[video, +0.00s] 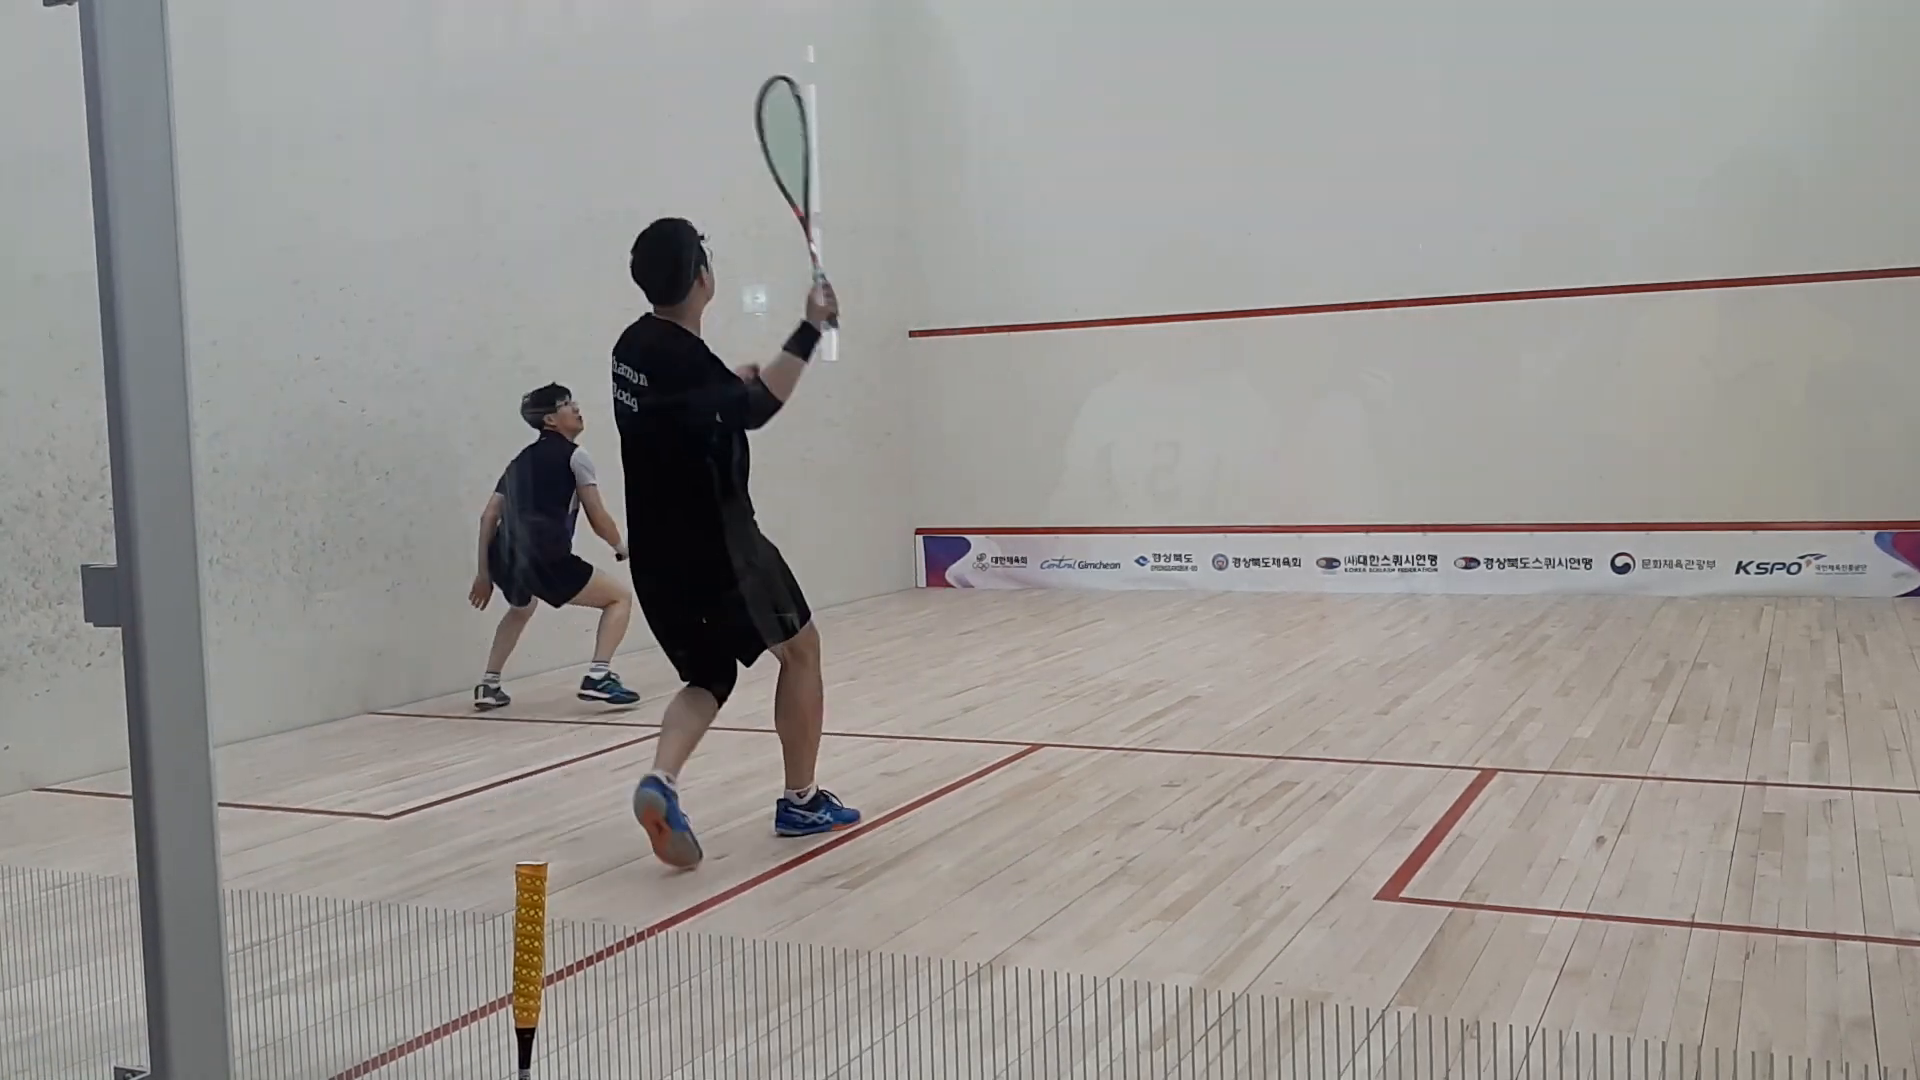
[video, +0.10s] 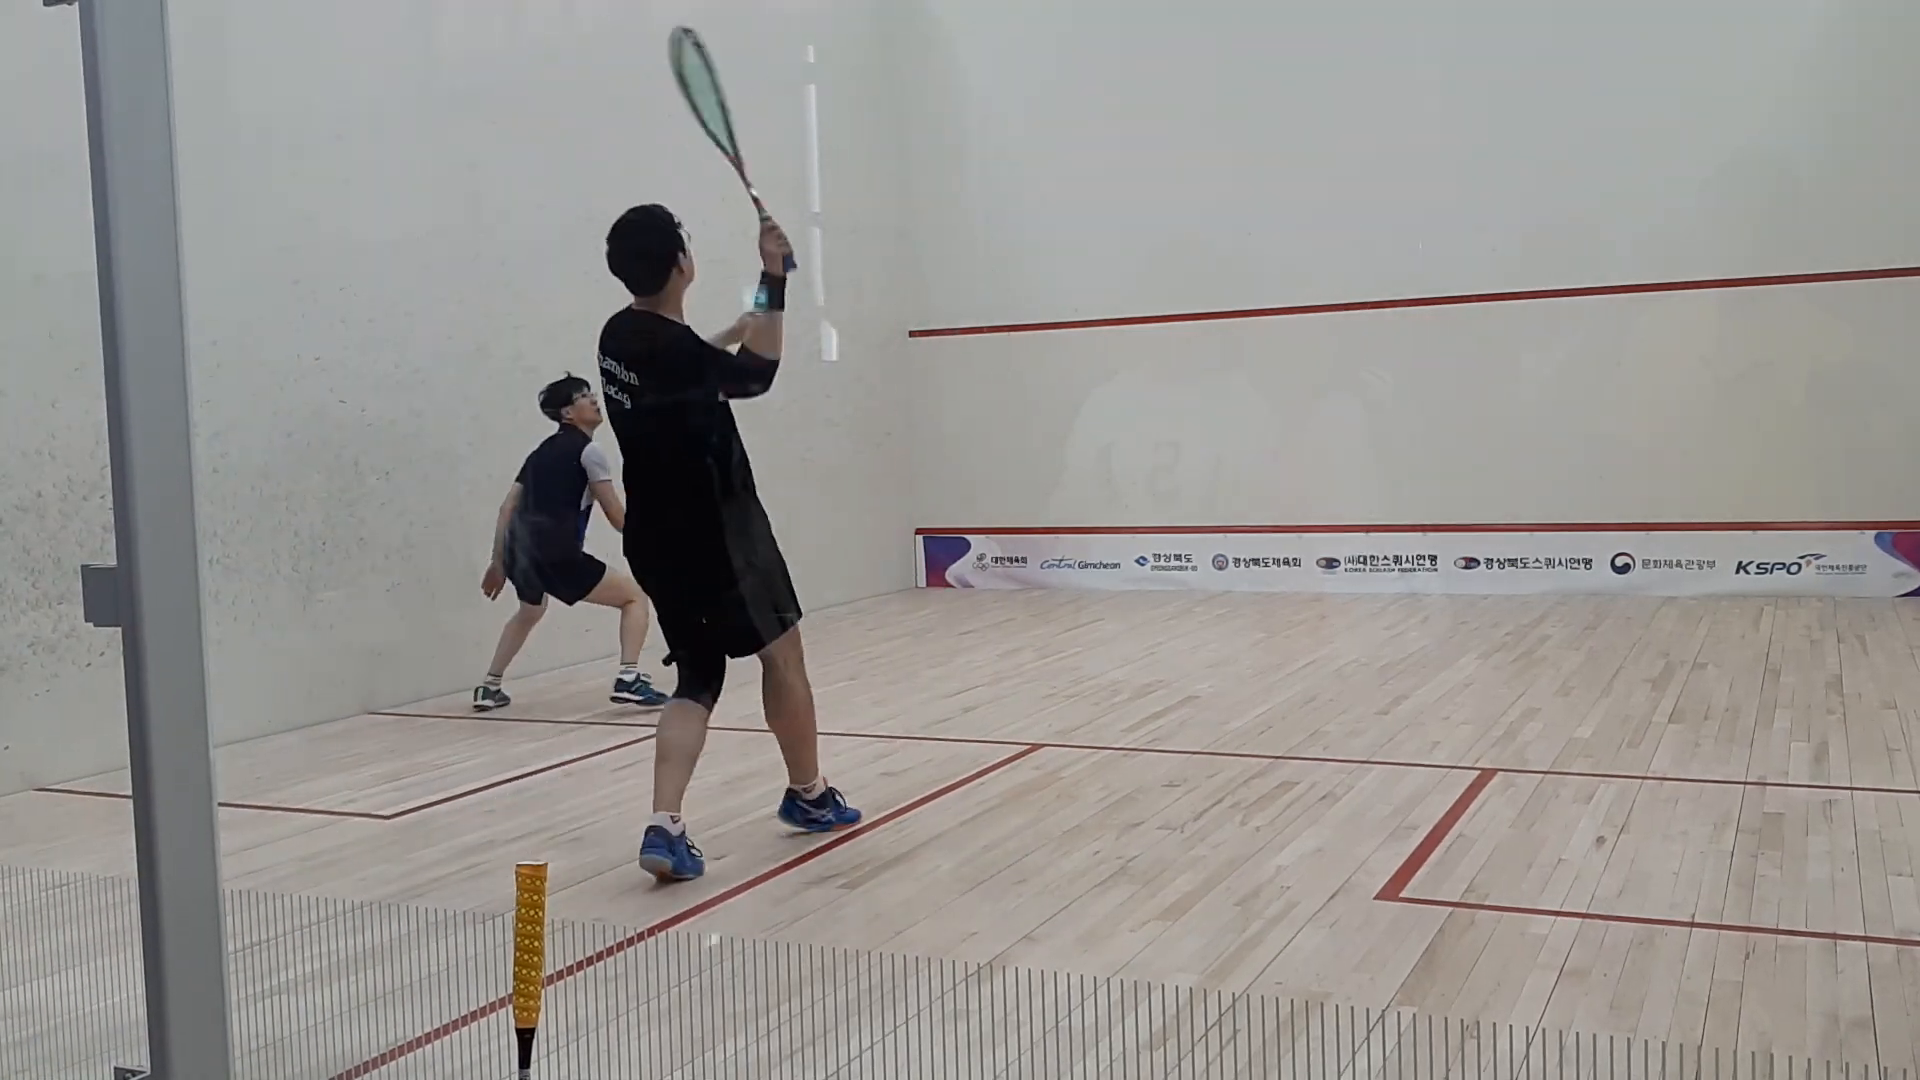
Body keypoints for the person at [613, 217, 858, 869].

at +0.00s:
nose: (711, 273)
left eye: (705, 262)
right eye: (707, 264)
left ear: (647, 282)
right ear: (701, 277)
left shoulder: (631, 347)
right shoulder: (689, 359)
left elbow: (677, 414)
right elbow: (756, 408)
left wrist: (733, 384)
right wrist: (812, 329)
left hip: (656, 548)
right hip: (722, 542)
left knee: (711, 669)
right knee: (800, 648)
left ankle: (660, 780)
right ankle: (801, 799)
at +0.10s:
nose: (693, 257)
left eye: (686, 247)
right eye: (688, 248)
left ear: (627, 272)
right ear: (679, 263)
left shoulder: (618, 336)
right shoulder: (673, 345)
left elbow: (731, 359)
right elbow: (758, 375)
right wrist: (774, 283)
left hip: (657, 537)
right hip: (724, 529)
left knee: (698, 670)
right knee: (782, 649)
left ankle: (663, 825)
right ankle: (808, 792)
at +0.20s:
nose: (660, 225)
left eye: (652, 215)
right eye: (654, 218)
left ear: (594, 247)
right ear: (648, 233)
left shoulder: (589, 315)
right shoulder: (683, 308)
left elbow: (667, 337)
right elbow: (784, 286)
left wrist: (722, 290)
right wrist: (767, 202)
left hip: (646, 521)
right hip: (722, 511)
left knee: (673, 668)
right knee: (788, 642)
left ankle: (659, 834)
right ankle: (838, 780)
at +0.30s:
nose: (630, 186)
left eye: (618, 177)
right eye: (623, 181)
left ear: (565, 221)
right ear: (620, 201)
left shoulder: (562, 292)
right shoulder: (675, 245)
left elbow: (639, 277)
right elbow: (747, 171)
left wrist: (690, 213)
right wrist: (756, 97)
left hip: (621, 486)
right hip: (707, 474)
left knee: (651, 652)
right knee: (812, 597)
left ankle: (651, 824)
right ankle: (848, 759)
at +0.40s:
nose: (608, 171)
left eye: (596, 163)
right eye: (600, 165)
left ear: (542, 206)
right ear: (597, 180)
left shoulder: (542, 278)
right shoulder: (657, 225)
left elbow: (617, 263)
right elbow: (730, 157)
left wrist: (648, 192)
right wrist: (769, 96)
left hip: (623, 468)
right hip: (705, 448)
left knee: (632, 647)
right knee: (840, 567)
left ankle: (603, 820)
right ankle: (907, 721)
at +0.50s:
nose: (602, 193)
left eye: (591, 185)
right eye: (596, 185)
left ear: (531, 219)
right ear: (593, 195)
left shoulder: (530, 298)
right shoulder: (649, 263)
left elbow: (616, 297)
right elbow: (751, 272)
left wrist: (647, 226)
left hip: (619, 509)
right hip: (704, 482)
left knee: (623, 673)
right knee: (852, 557)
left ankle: (562, 847)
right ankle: (985, 673)